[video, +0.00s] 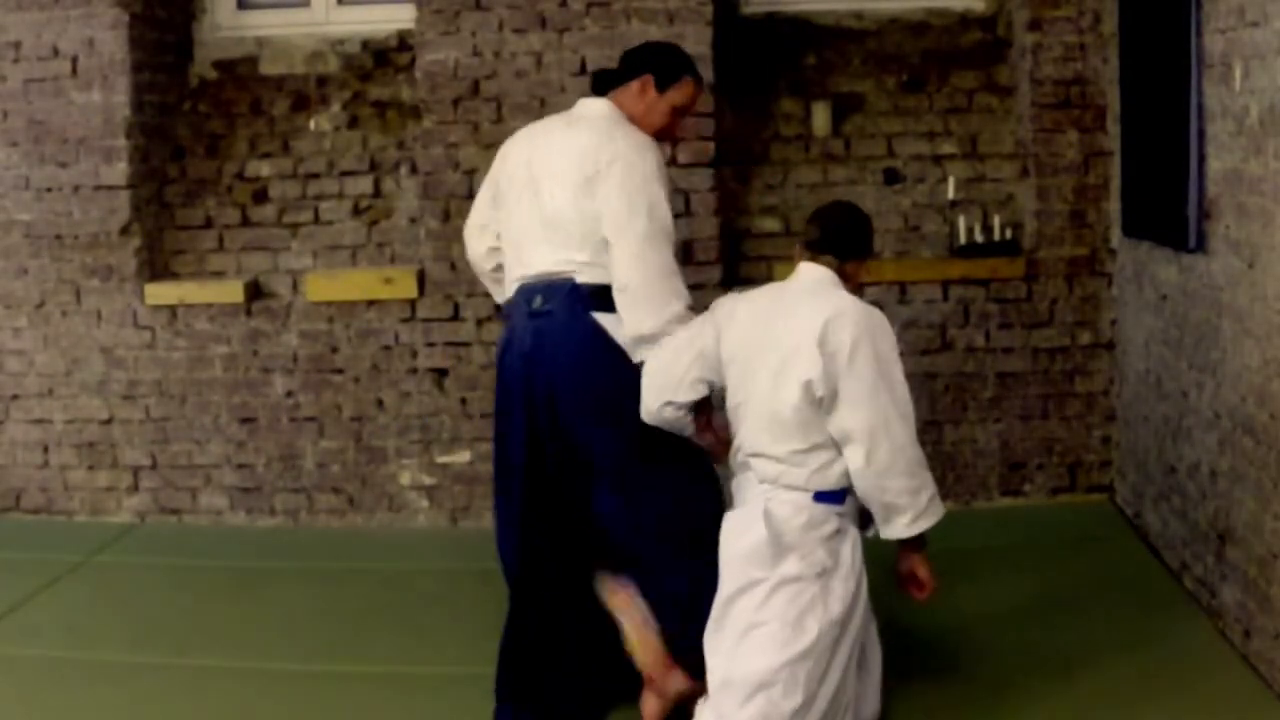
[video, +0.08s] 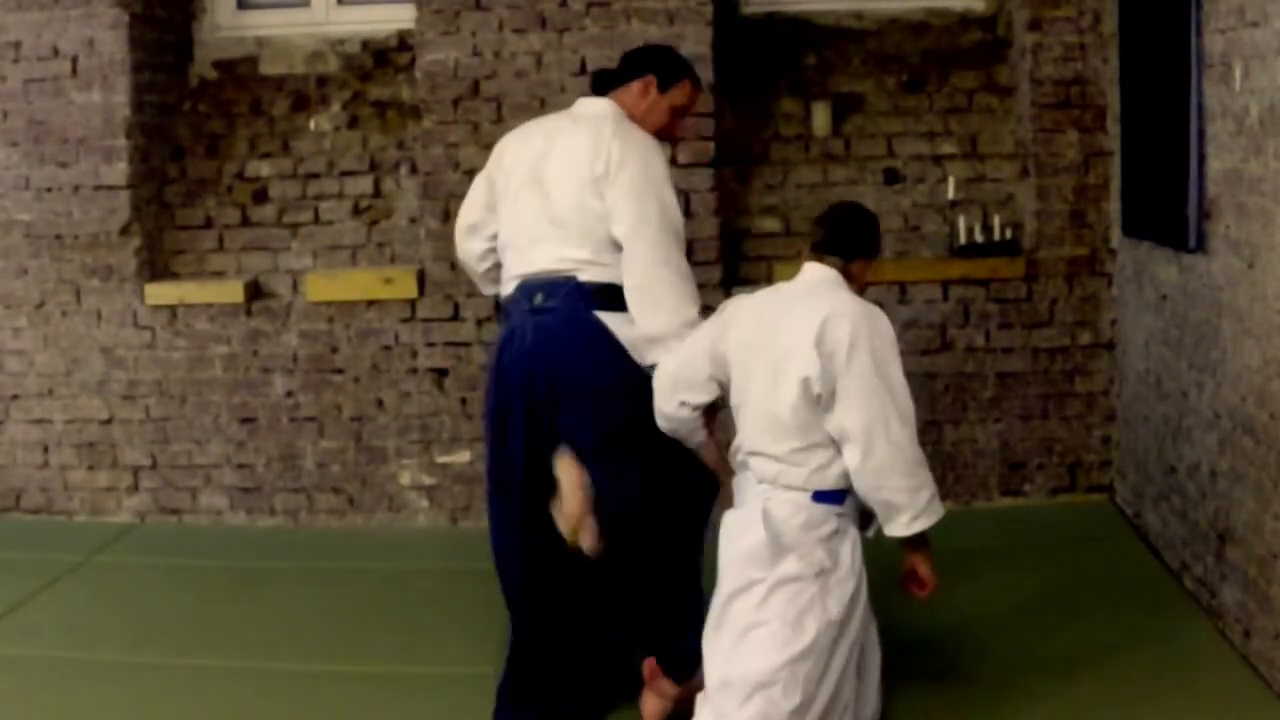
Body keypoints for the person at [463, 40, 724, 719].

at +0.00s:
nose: (677, 131)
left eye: (685, 116)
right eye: (679, 110)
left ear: (626, 87)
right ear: (643, 87)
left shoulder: (522, 143)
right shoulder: (626, 148)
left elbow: (480, 237)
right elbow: (648, 280)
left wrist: (527, 303)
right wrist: (694, 389)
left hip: (523, 338)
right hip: (598, 327)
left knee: (541, 525)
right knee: (676, 497)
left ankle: (540, 694)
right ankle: (640, 594)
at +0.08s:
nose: (675, 132)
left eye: (684, 118)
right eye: (677, 112)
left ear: (622, 86)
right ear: (643, 88)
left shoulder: (517, 141)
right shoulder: (628, 147)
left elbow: (471, 237)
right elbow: (657, 276)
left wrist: (518, 297)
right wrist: (697, 390)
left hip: (519, 336)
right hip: (599, 326)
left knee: (524, 517)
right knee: (658, 494)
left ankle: (540, 679)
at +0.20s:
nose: (678, 133)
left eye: (686, 119)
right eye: (681, 114)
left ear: (628, 86)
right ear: (648, 89)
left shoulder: (518, 139)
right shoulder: (631, 147)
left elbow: (474, 239)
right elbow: (657, 269)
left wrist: (520, 296)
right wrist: (703, 378)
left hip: (518, 336)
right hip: (600, 326)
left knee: (521, 518)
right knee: (648, 498)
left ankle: (538, 681)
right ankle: (607, 666)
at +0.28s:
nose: (681, 132)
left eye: (690, 117)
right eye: (686, 111)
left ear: (632, 82)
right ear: (652, 85)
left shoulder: (523, 138)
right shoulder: (631, 142)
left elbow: (486, 244)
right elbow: (652, 263)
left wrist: (531, 303)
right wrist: (700, 362)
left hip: (521, 334)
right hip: (602, 323)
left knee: (529, 520)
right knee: (658, 482)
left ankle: (540, 690)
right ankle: (629, 579)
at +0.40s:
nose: (686, 116)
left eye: (694, 101)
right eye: (688, 96)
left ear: (634, 76)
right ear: (654, 76)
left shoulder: (538, 135)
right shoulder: (632, 132)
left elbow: (516, 241)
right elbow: (649, 253)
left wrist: (562, 302)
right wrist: (692, 360)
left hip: (530, 332)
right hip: (606, 327)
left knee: (540, 516)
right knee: (658, 502)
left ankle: (545, 685)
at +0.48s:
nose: (695, 99)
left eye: (699, 85)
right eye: (692, 82)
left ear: (635, 71)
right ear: (655, 70)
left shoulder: (553, 133)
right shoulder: (636, 134)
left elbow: (557, 242)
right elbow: (649, 253)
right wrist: (696, 355)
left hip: (545, 326)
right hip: (611, 325)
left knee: (548, 513)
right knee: (666, 488)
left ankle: (538, 682)